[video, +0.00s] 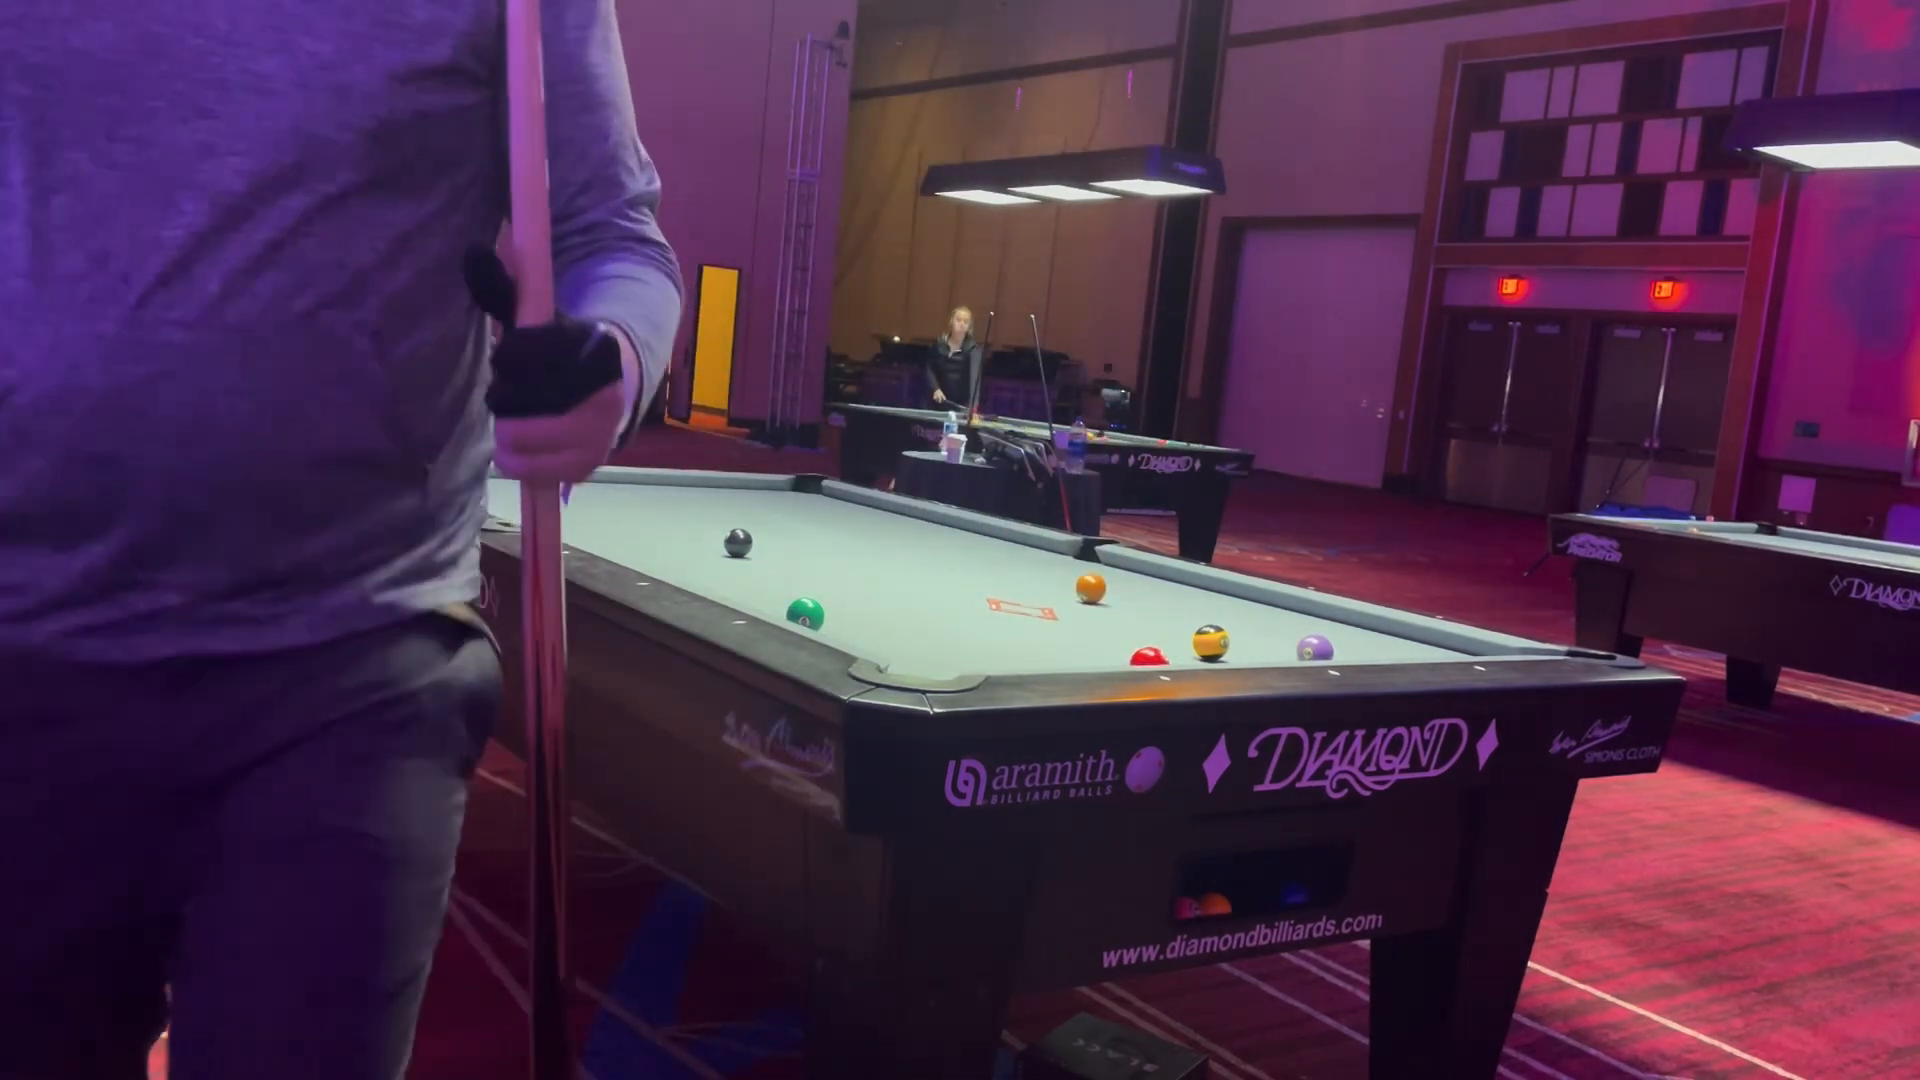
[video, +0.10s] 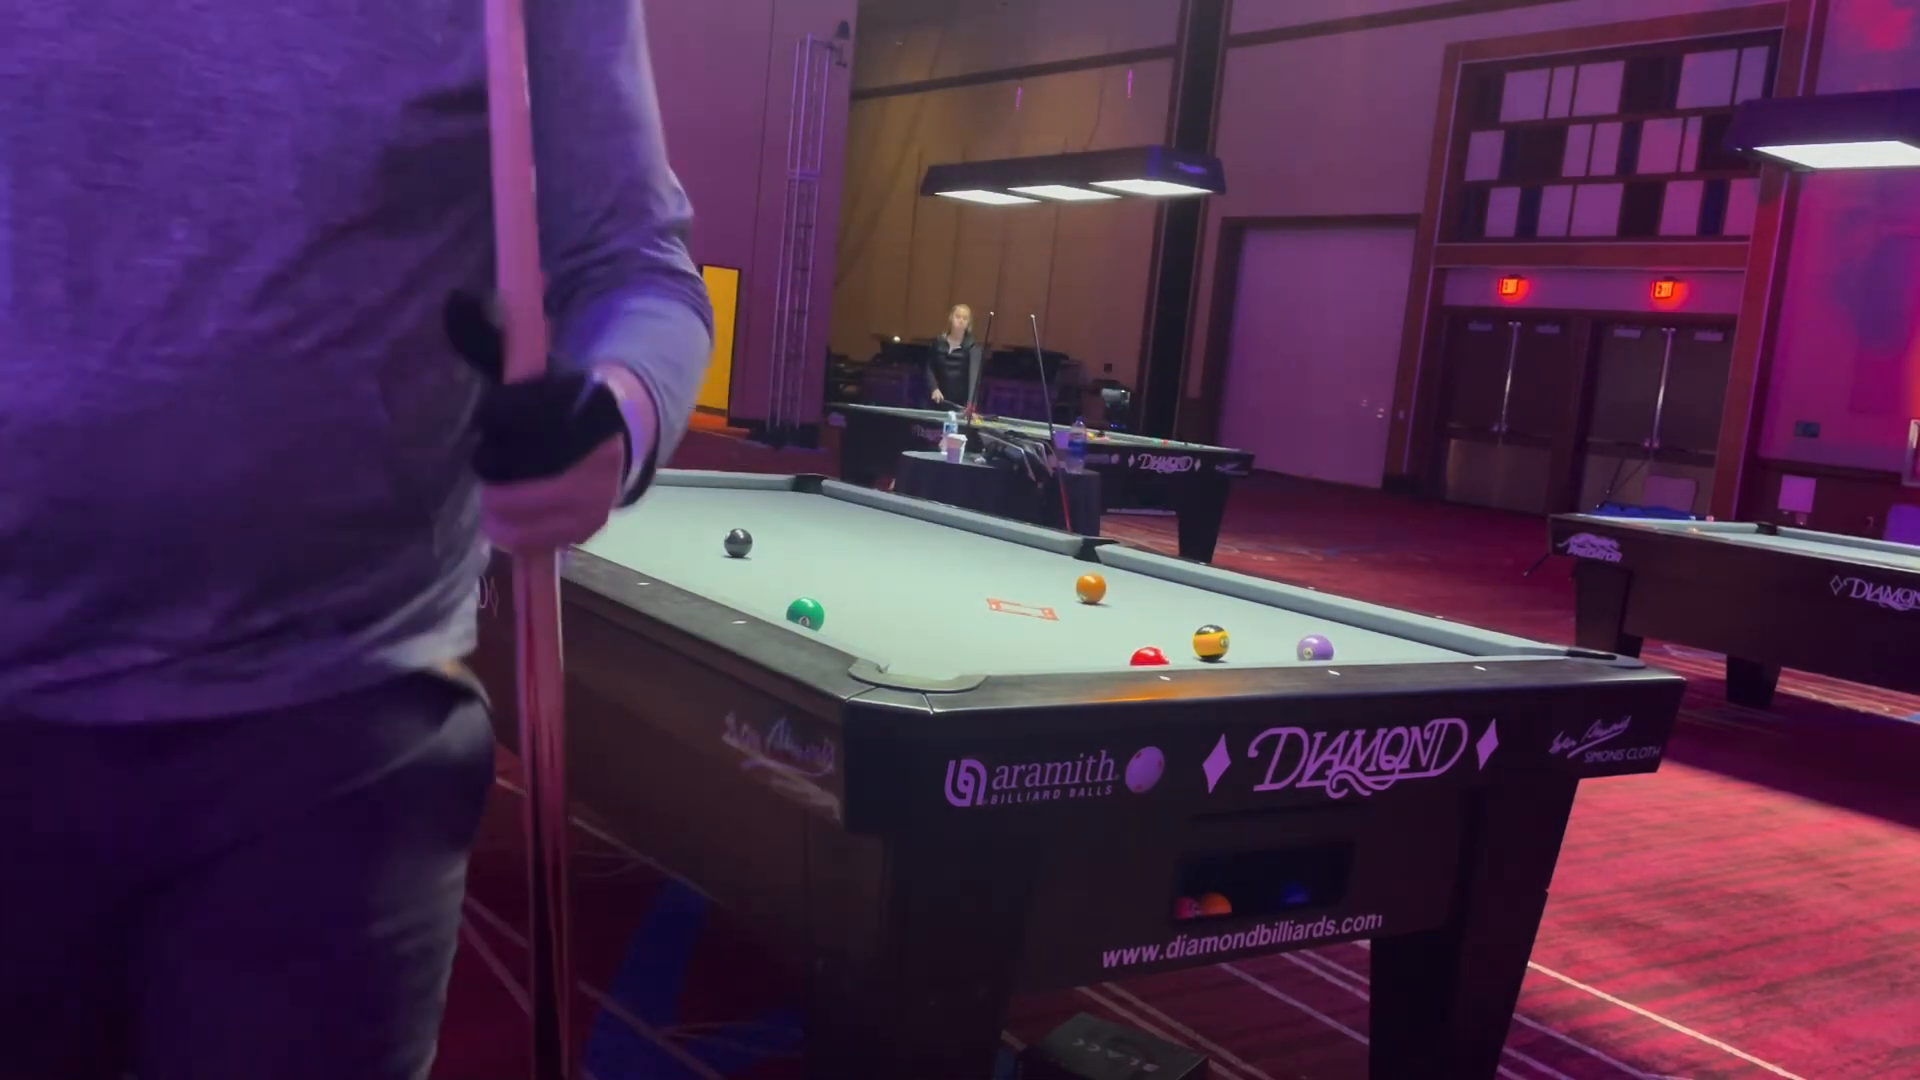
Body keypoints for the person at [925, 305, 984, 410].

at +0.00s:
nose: (961, 324)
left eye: (965, 322)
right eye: (958, 320)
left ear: (969, 326)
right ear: (951, 321)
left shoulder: (973, 349)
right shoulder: (938, 345)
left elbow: (974, 379)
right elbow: (929, 368)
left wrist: (973, 406)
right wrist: (936, 389)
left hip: (963, 403)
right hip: (939, 401)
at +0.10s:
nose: (960, 321)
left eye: (964, 318)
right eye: (957, 317)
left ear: (969, 323)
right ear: (951, 318)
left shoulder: (972, 347)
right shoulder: (938, 343)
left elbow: (973, 376)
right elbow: (930, 367)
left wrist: (971, 403)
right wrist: (934, 389)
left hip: (962, 402)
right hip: (939, 400)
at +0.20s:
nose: (960, 319)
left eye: (964, 315)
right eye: (956, 314)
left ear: (968, 320)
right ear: (949, 316)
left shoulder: (971, 345)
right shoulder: (937, 341)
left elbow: (972, 375)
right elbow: (929, 366)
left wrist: (968, 403)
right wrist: (933, 389)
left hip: (960, 400)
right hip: (938, 398)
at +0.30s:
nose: (959, 317)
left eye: (963, 313)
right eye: (956, 312)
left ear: (967, 317)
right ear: (948, 314)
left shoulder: (970, 344)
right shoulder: (936, 340)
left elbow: (971, 373)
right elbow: (928, 365)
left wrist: (966, 401)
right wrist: (930, 390)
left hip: (959, 400)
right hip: (937, 398)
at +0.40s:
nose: (957, 315)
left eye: (961, 312)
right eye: (954, 311)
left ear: (965, 316)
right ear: (947, 313)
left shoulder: (970, 342)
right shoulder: (935, 339)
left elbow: (971, 373)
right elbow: (928, 366)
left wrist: (962, 400)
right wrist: (928, 391)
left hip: (959, 399)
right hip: (937, 398)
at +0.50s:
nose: (956, 314)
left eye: (960, 311)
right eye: (953, 309)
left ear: (964, 314)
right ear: (945, 312)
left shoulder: (970, 340)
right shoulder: (934, 338)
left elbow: (971, 372)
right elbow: (926, 366)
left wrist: (957, 396)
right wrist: (926, 392)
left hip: (962, 399)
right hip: (937, 396)